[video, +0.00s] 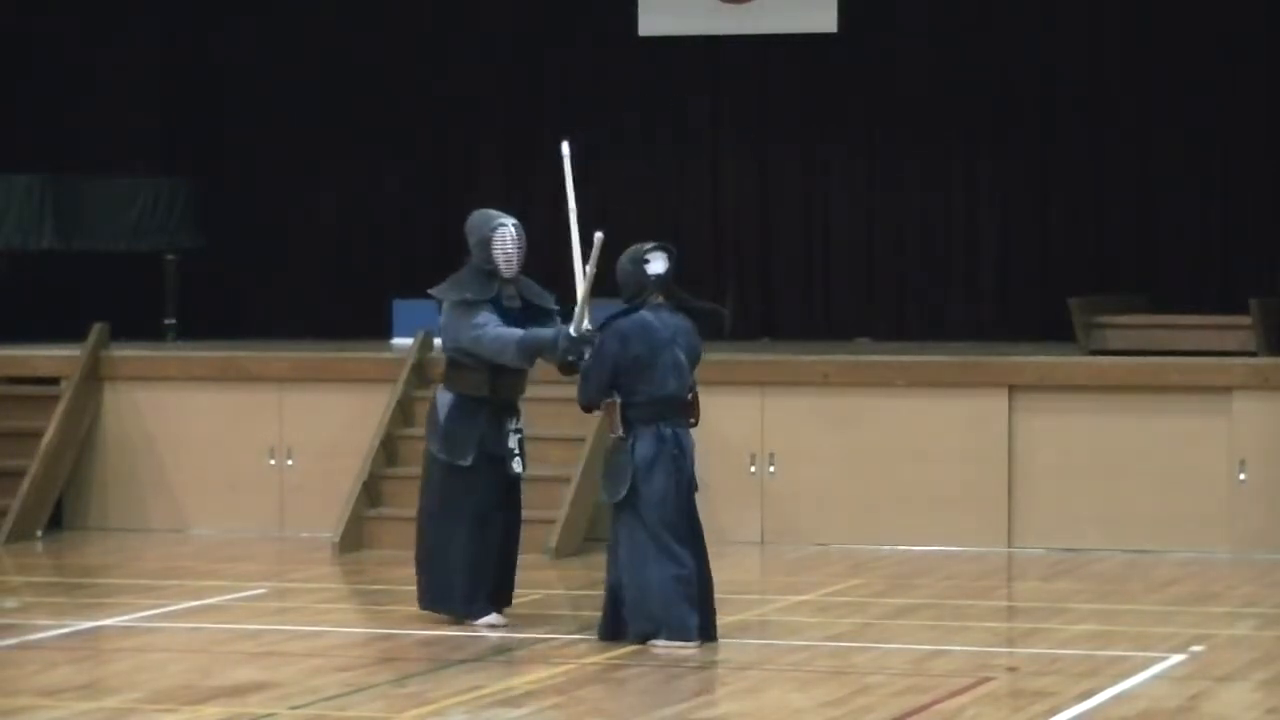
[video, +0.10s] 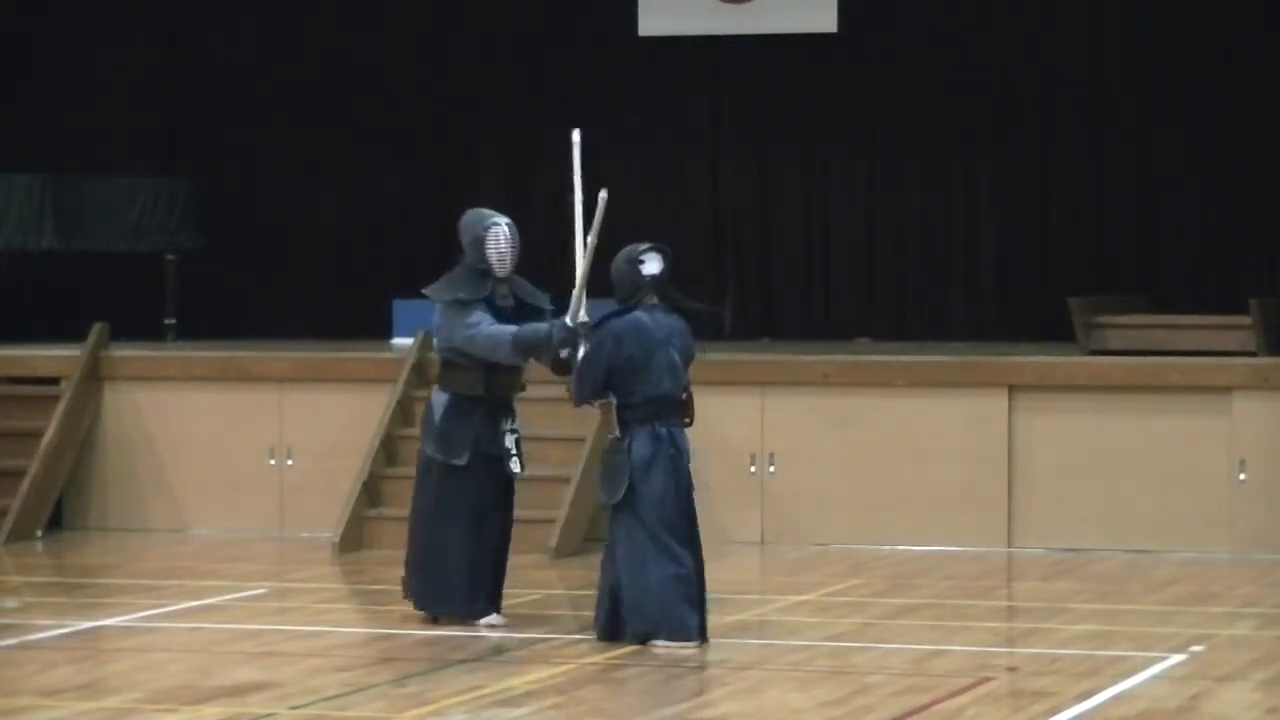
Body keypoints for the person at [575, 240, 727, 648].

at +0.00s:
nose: (620, 287)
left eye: (622, 281)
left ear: (628, 284)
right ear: (664, 283)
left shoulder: (618, 332)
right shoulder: (684, 327)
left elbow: (589, 396)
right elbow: (686, 367)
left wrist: (600, 363)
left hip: (641, 437)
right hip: (680, 434)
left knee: (647, 529)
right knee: (676, 528)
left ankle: (677, 628)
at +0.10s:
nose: (615, 288)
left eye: (618, 282)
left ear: (622, 285)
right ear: (656, 283)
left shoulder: (614, 332)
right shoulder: (676, 326)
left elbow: (585, 389)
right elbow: (683, 361)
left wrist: (585, 348)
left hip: (637, 436)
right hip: (674, 433)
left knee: (639, 526)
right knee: (671, 526)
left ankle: (673, 627)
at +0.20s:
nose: (605, 291)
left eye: (608, 285)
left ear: (614, 288)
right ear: (647, 285)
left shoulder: (609, 332)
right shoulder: (669, 328)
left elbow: (572, 382)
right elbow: (669, 364)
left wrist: (572, 344)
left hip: (632, 437)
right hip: (666, 433)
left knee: (638, 527)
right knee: (628, 527)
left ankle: (672, 625)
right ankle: (612, 618)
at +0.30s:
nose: (596, 291)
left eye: (598, 285)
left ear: (603, 289)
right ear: (638, 286)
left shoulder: (600, 331)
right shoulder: (659, 328)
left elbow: (559, 378)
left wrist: (558, 345)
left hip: (624, 436)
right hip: (656, 433)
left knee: (634, 527)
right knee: (620, 527)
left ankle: (672, 624)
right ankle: (611, 621)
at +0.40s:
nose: (582, 289)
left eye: (585, 283)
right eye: (583, 284)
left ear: (593, 287)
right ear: (625, 284)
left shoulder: (598, 329)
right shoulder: (646, 326)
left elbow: (550, 362)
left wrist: (546, 328)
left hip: (620, 435)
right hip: (643, 432)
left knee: (626, 525)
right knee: (611, 527)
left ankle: (665, 616)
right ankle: (608, 622)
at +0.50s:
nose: (570, 287)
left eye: (573, 282)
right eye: (573, 282)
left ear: (582, 283)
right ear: (614, 282)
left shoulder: (580, 324)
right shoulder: (636, 322)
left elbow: (538, 365)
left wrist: (543, 321)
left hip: (606, 431)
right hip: (640, 429)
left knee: (612, 521)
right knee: (629, 519)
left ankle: (660, 610)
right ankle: (607, 621)